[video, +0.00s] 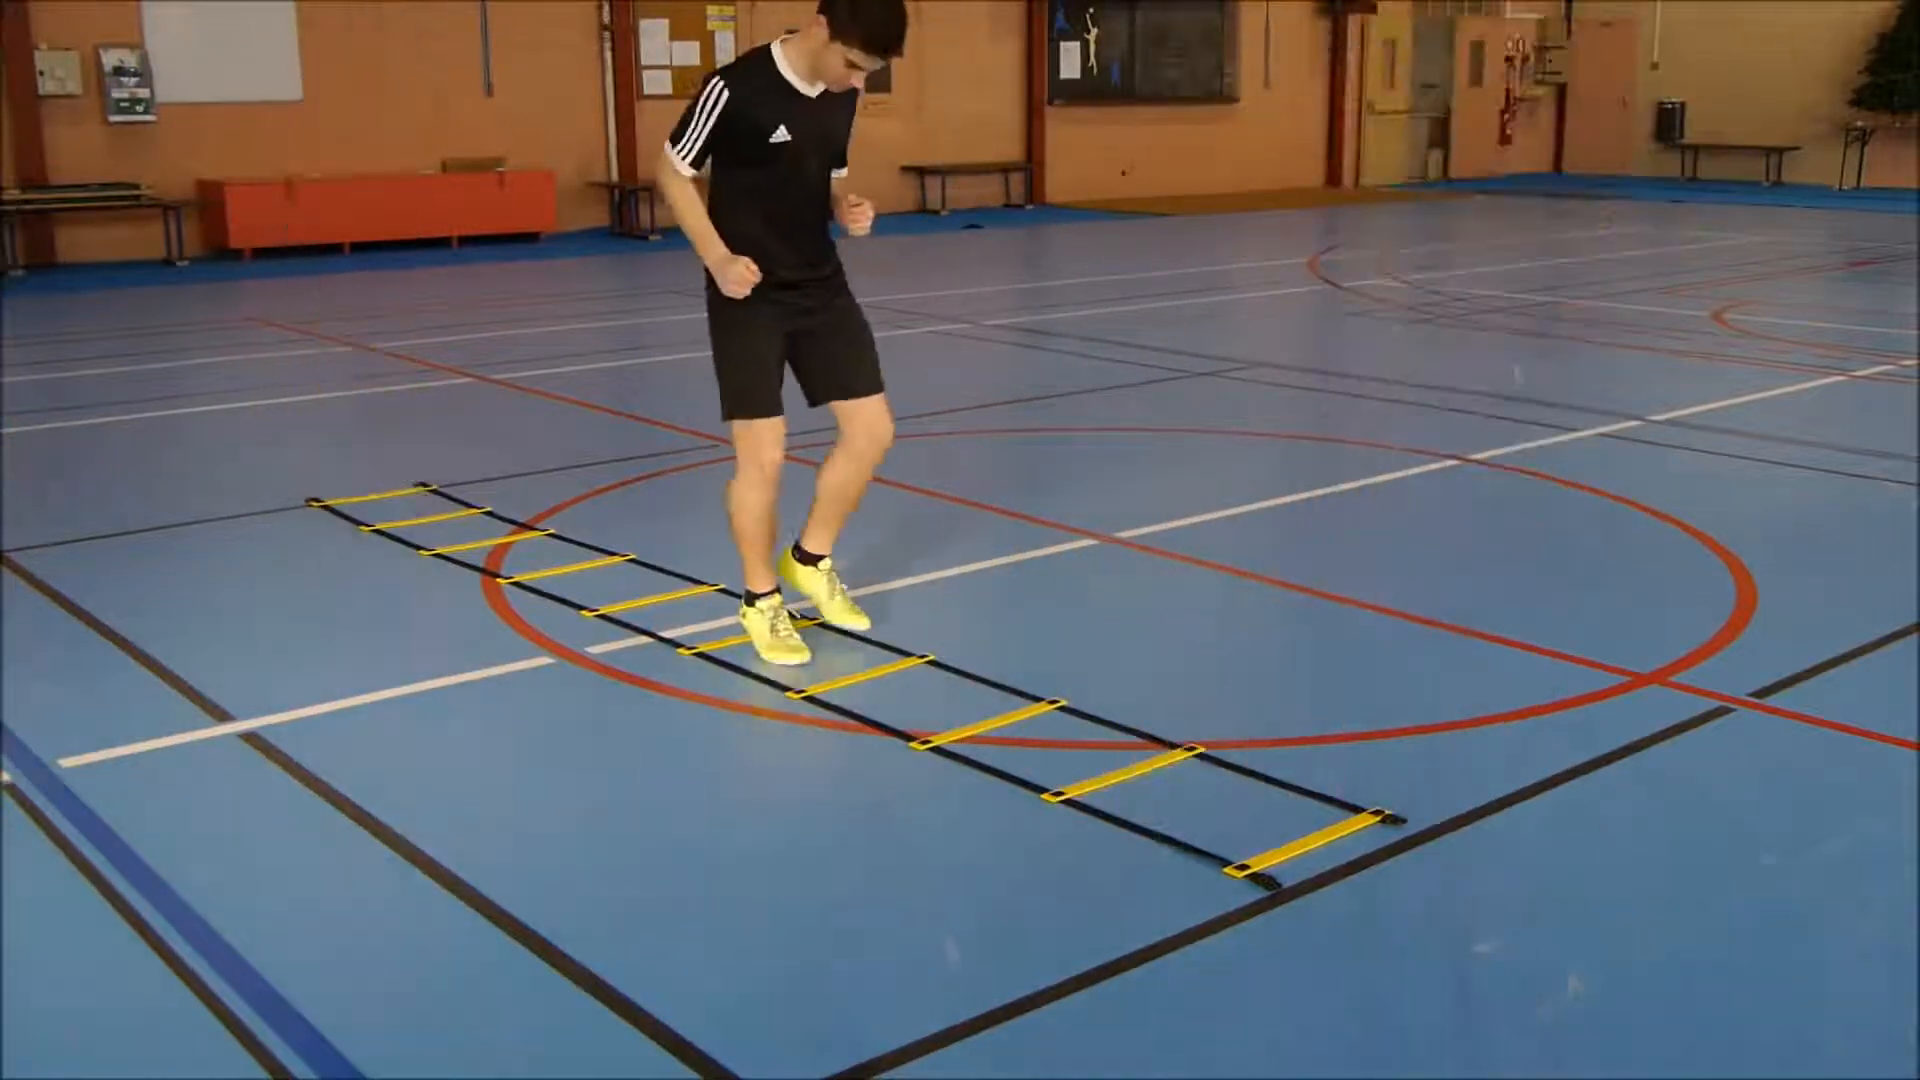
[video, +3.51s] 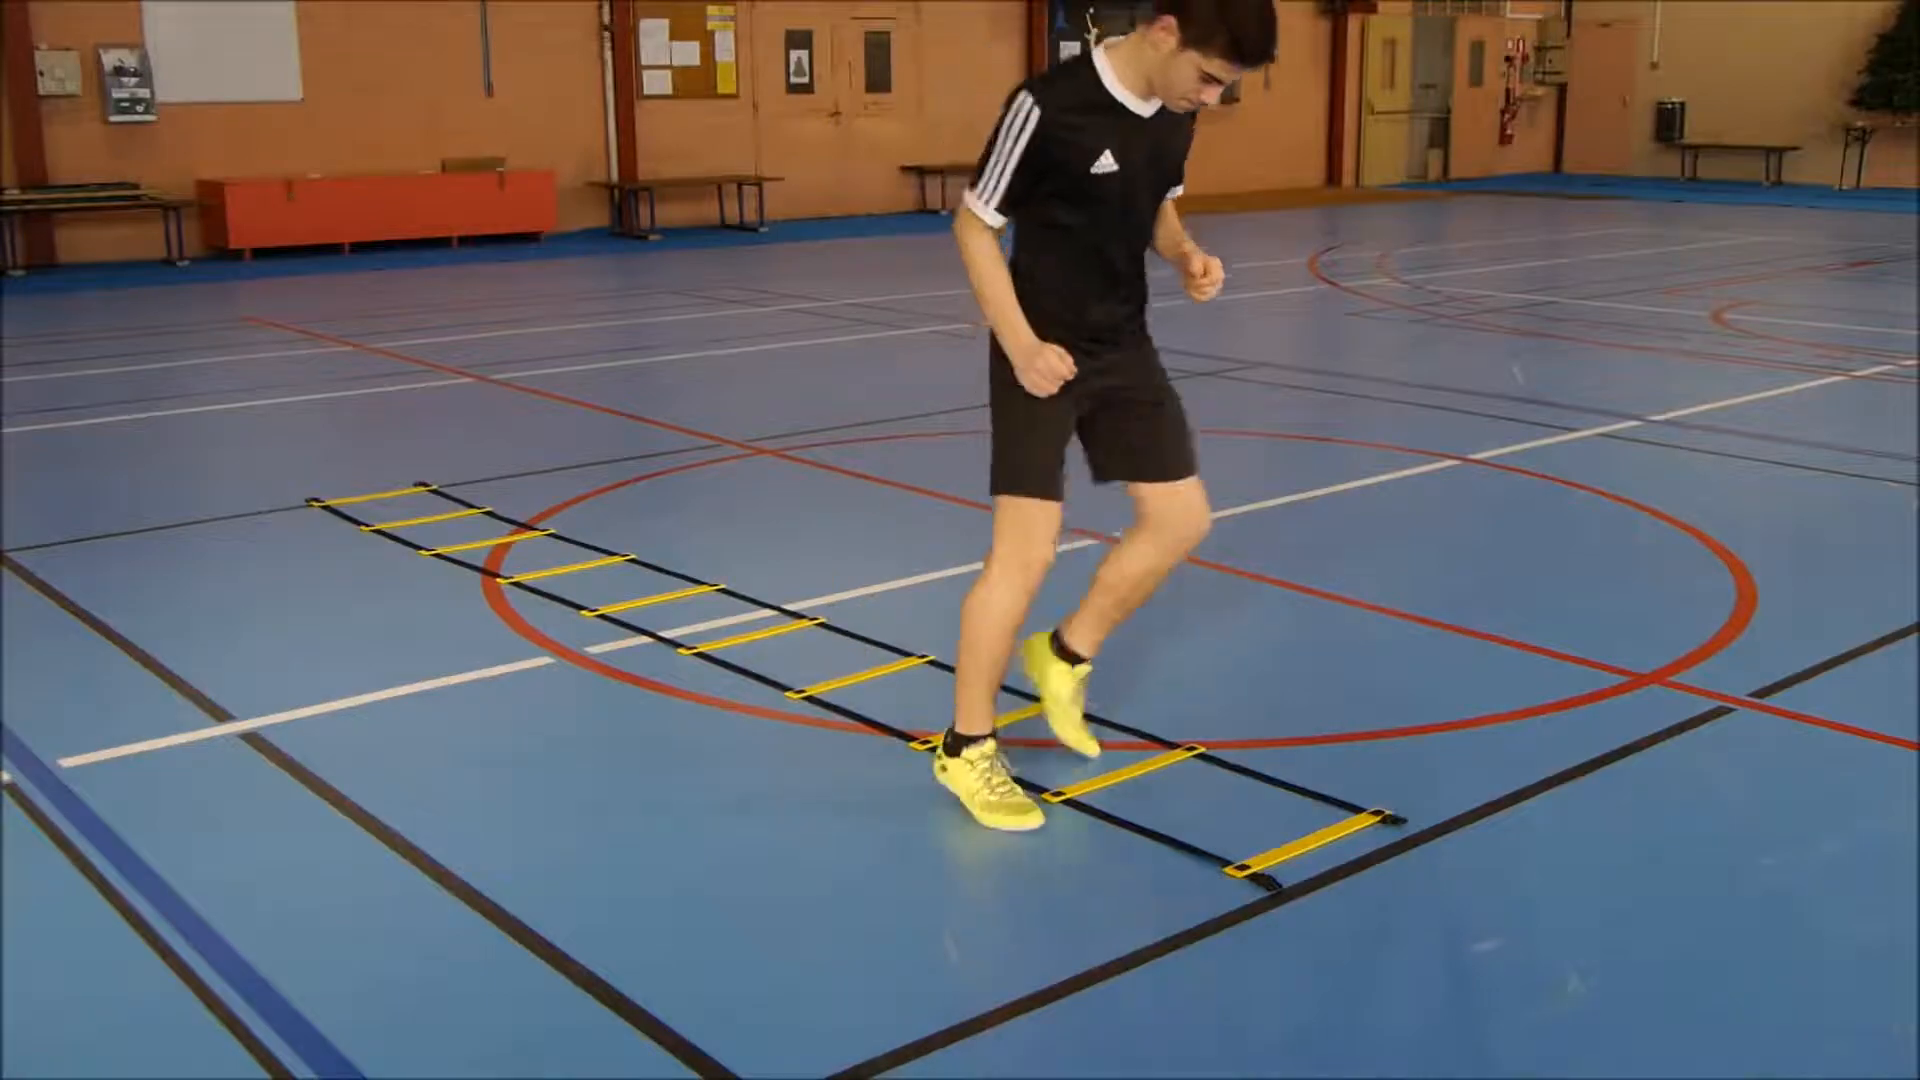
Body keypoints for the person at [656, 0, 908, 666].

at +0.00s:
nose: (858, 82)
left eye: (869, 71)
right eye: (853, 65)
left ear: (878, 56)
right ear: (818, 29)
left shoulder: (844, 91)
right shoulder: (734, 87)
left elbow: (828, 175)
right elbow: (671, 171)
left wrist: (844, 204)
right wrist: (718, 259)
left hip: (819, 284)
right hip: (746, 290)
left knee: (870, 431)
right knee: (761, 454)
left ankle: (808, 558)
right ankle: (761, 599)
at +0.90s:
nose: (941, 83)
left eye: (952, 71)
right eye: (934, 64)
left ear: (962, 55)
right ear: (895, 26)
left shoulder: (924, 97)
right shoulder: (804, 85)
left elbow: (901, 182)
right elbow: (747, 189)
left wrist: (913, 223)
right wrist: (792, 284)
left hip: (878, 286)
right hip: (798, 291)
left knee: (948, 439)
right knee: (791, 471)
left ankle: (924, 592)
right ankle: (749, 634)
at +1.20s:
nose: (976, 92)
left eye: (987, 81)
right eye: (970, 75)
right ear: (931, 34)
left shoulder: (969, 101)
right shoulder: (832, 89)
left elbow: (961, 180)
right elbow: (786, 196)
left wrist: (963, 227)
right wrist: (830, 286)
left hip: (925, 297)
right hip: (841, 301)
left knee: (957, 459)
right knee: (862, 473)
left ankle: (932, 600)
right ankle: (870, 633)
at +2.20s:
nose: (1044, 84)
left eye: (1055, 71)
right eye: (1037, 64)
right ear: (990, 26)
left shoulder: (1022, 98)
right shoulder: (899, 95)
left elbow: (1006, 187)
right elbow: (837, 217)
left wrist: (1029, 235)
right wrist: (914, 307)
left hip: (980, 318)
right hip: (895, 321)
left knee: (1064, 471)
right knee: (871, 513)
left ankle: (960, 606)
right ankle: (828, 695)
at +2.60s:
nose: (1095, 85)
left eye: (1107, 72)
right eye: (1089, 65)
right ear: (1044, 25)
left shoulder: (1083, 95)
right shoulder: (940, 89)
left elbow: (1075, 183)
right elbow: (886, 204)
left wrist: (1084, 236)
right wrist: (936, 298)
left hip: (1047, 319)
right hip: (958, 323)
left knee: (1085, 492)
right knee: (967, 511)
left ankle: (1063, 648)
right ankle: (936, 664)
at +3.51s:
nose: (1213, 98)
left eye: (1227, 86)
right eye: (1208, 77)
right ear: (1161, 32)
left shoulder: (1179, 108)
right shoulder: (1045, 103)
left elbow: (1160, 205)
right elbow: (974, 223)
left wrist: (1186, 252)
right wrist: (1021, 342)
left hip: (1120, 343)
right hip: (1034, 345)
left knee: (1180, 518)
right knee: (1023, 550)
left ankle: (1065, 654)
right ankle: (966, 744)